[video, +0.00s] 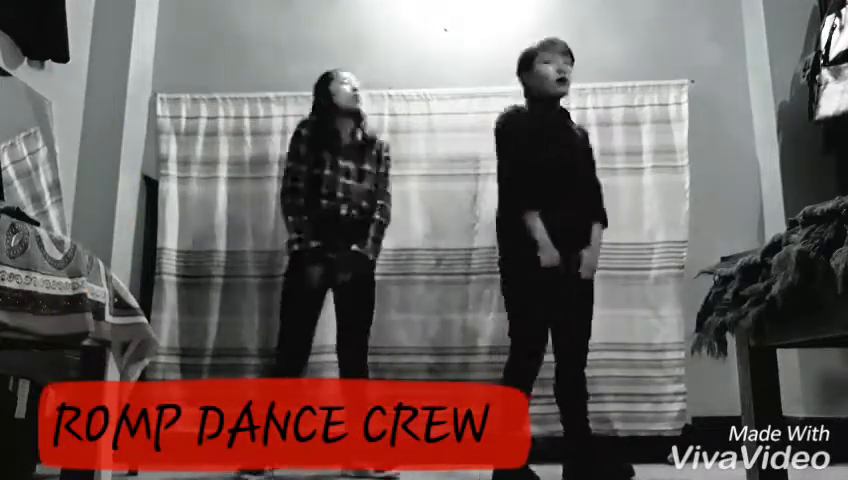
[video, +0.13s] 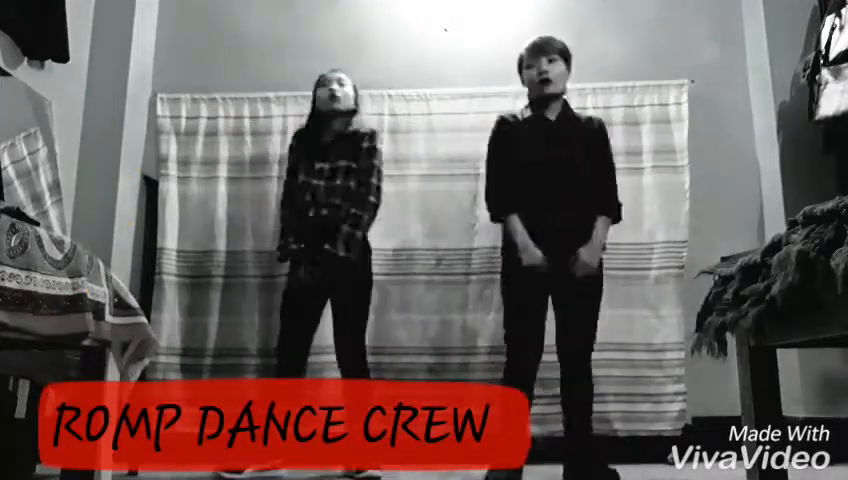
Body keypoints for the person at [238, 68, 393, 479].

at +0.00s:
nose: (356, 88)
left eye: (357, 82)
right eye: (346, 83)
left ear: (360, 94)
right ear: (327, 95)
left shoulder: (375, 143)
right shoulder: (308, 134)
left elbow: (382, 202)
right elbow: (291, 190)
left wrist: (368, 248)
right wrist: (301, 242)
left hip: (356, 258)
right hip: (310, 256)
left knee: (354, 353)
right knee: (293, 350)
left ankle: (358, 442)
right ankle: (271, 439)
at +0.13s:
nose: (333, 88)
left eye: (341, 84)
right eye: (325, 84)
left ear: (354, 98)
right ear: (314, 98)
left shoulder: (365, 140)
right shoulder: (302, 140)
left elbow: (370, 198)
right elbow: (289, 198)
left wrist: (345, 241)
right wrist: (289, 246)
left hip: (349, 260)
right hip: (306, 259)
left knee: (351, 354)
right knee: (290, 353)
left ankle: (364, 445)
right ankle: (272, 442)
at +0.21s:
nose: (318, 90)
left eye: (328, 85)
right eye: (315, 85)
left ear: (345, 96)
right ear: (309, 97)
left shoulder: (355, 134)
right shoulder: (304, 140)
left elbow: (353, 198)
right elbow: (294, 198)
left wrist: (329, 251)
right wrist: (288, 246)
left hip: (345, 260)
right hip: (308, 260)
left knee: (348, 354)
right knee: (290, 353)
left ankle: (372, 442)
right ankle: (277, 443)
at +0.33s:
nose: (303, 98)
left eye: (310, 91)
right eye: (303, 91)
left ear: (332, 96)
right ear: (320, 98)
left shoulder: (342, 129)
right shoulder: (318, 134)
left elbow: (338, 195)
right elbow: (307, 198)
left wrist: (317, 253)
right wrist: (293, 244)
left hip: (338, 254)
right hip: (315, 254)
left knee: (347, 352)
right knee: (291, 350)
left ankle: (375, 433)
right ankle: (282, 433)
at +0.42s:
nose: (299, 102)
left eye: (305, 95)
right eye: (300, 95)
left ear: (325, 98)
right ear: (326, 100)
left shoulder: (337, 128)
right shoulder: (324, 132)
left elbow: (333, 195)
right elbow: (317, 196)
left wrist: (311, 254)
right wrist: (297, 247)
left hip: (334, 255)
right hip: (322, 255)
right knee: (291, 352)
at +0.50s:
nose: (295, 104)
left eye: (303, 95)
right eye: (297, 96)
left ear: (323, 99)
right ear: (325, 100)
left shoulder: (333, 133)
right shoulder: (323, 135)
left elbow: (328, 199)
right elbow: (318, 199)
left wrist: (309, 256)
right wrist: (300, 249)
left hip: (332, 256)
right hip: (324, 256)